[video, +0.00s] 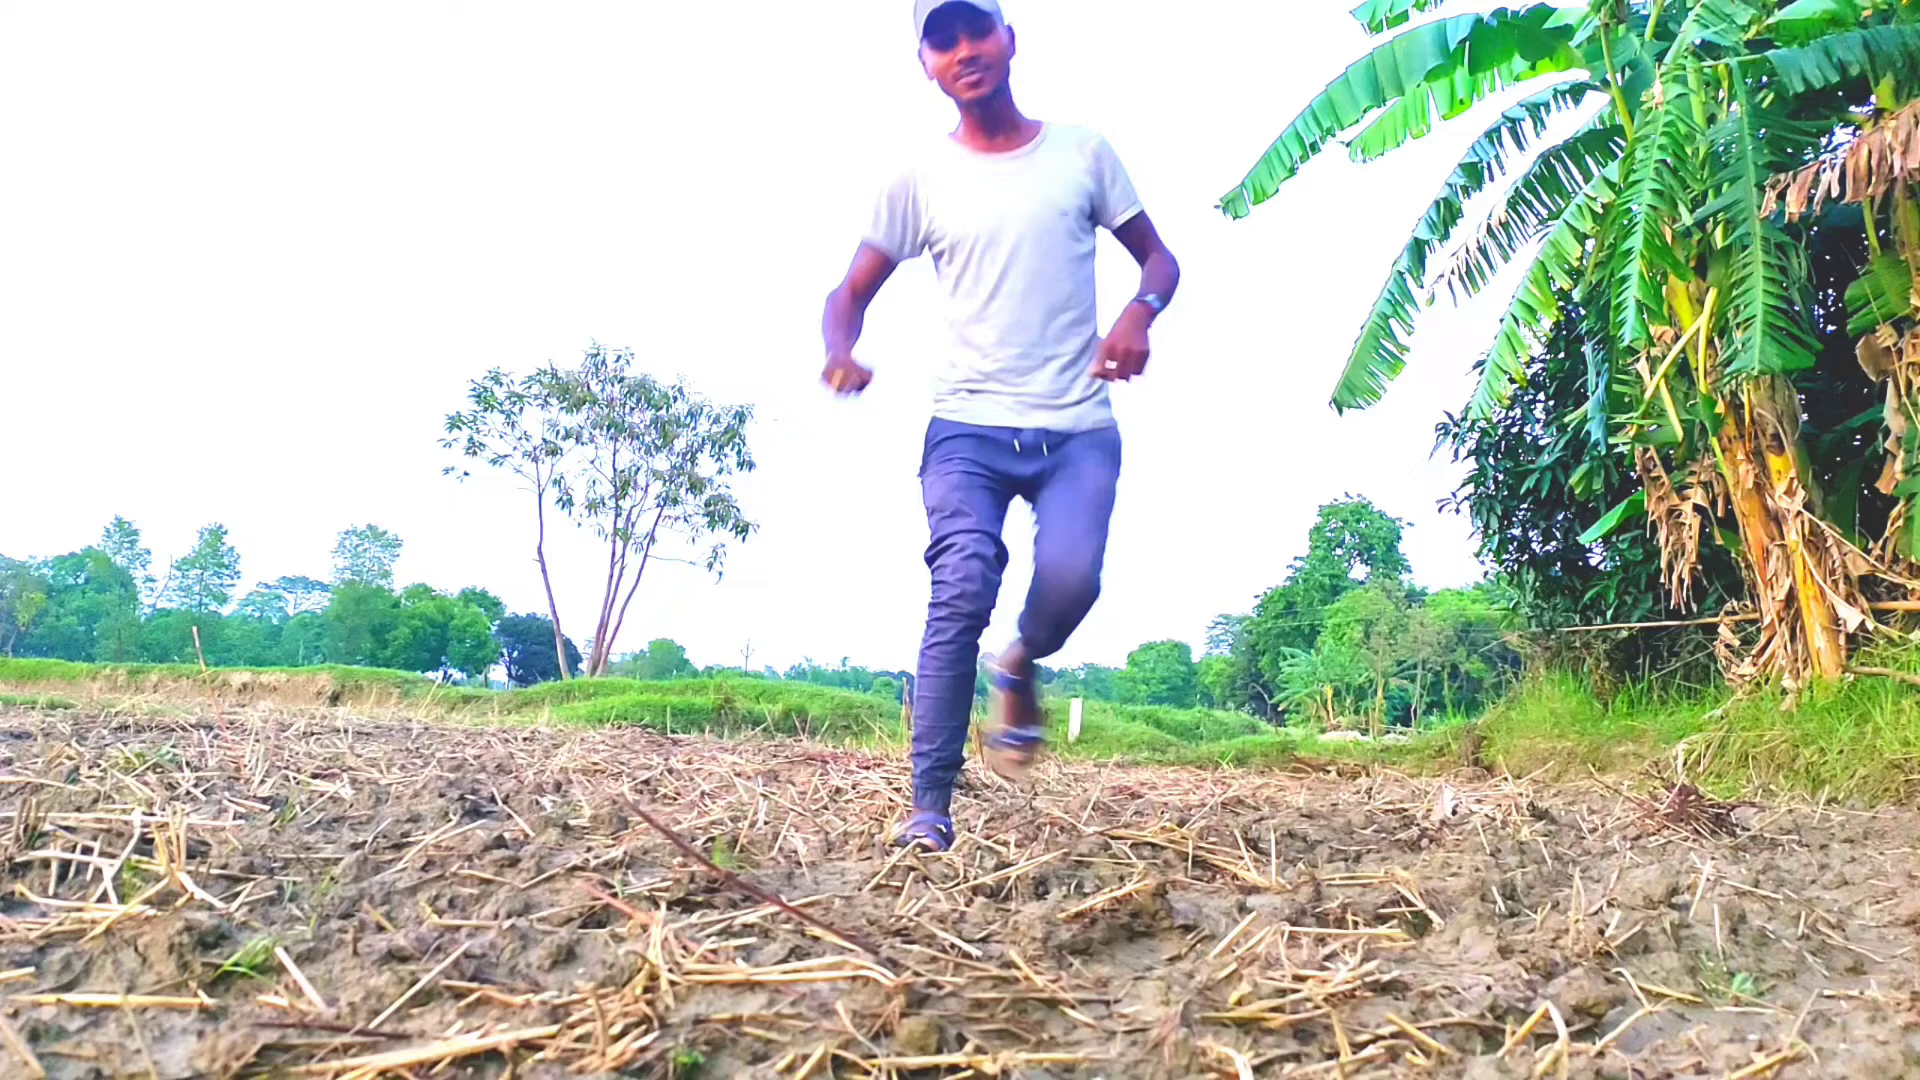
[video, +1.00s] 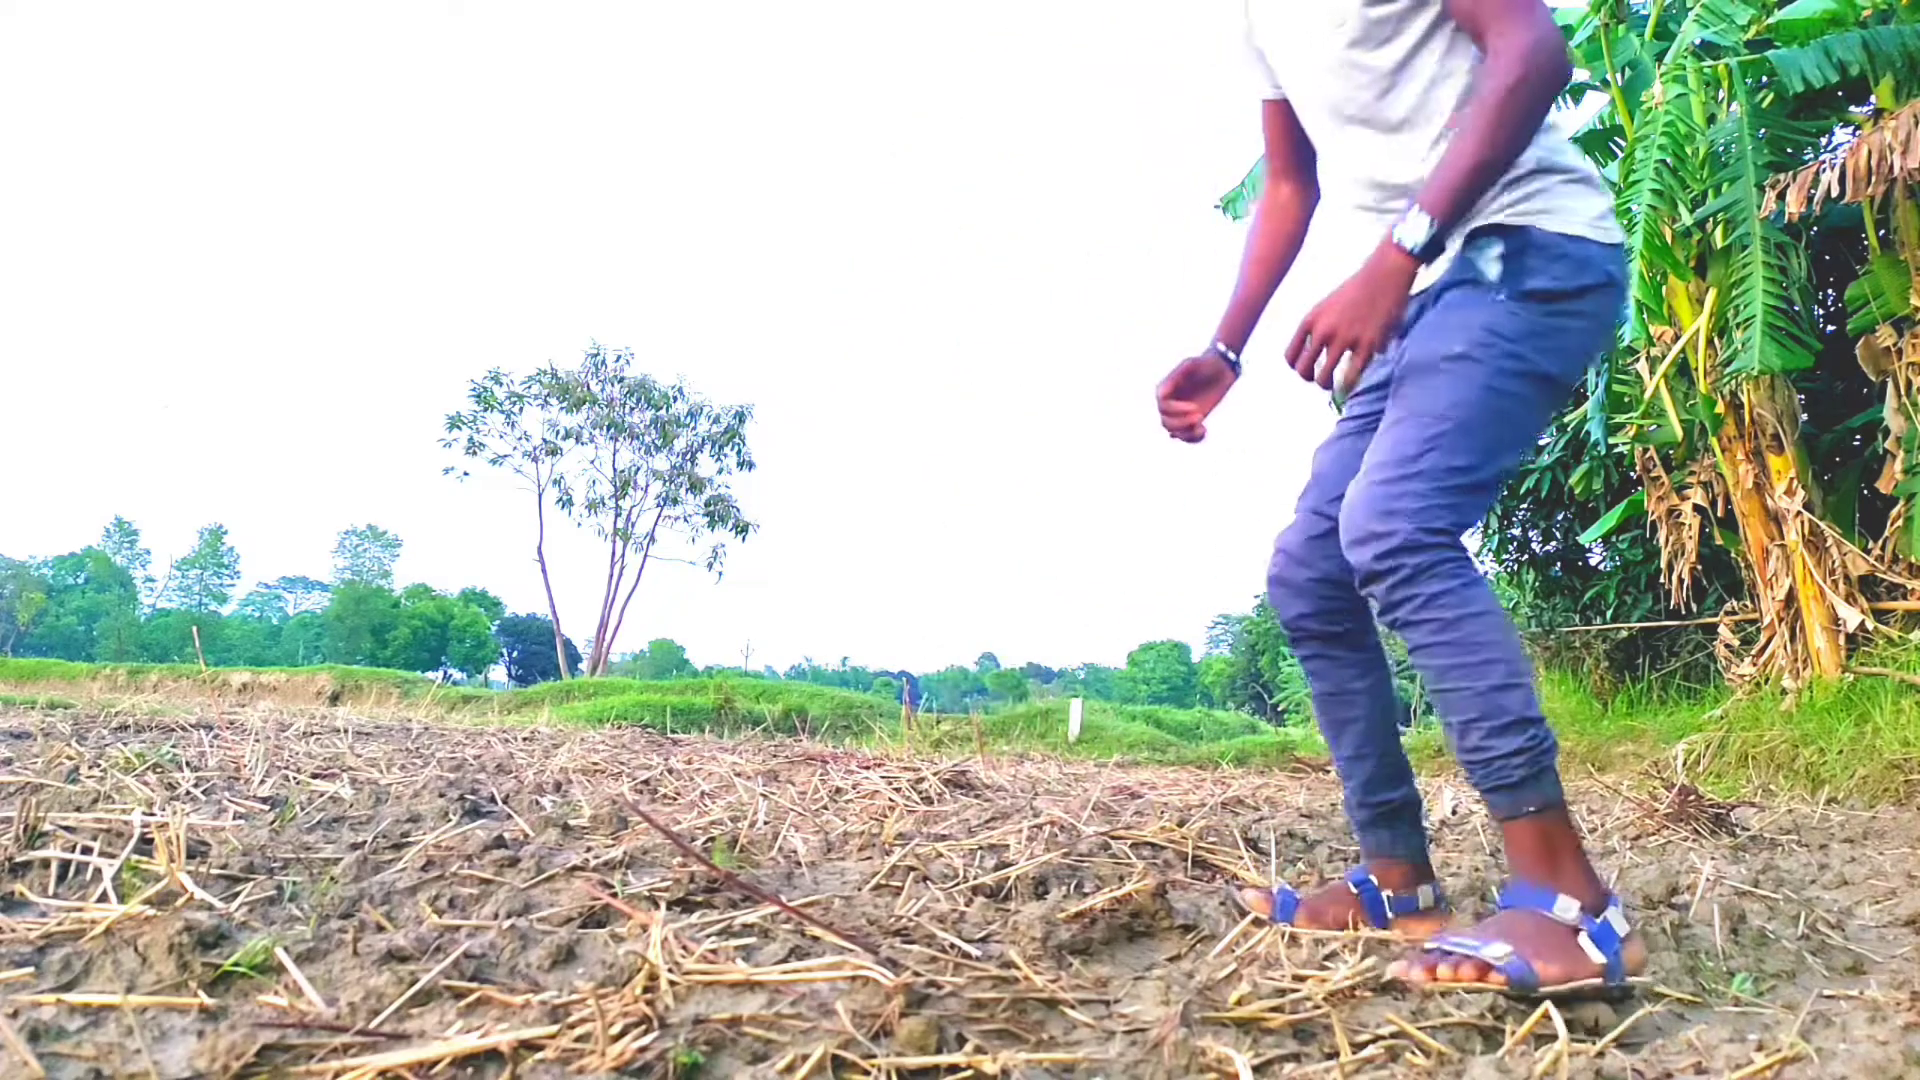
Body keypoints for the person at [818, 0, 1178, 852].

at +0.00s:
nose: (963, 54)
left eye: (976, 33)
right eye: (943, 44)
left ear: (1011, 39)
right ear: (926, 66)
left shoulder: (1084, 154)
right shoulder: (920, 181)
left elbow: (1160, 263)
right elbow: (851, 291)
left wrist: (1140, 312)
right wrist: (838, 350)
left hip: (1078, 418)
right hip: (969, 418)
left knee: (1072, 582)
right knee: (965, 589)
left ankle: (1015, 666)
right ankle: (930, 811)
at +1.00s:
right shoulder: (1265, 20)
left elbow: (1533, 51)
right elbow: (1288, 180)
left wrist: (1393, 257)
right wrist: (1227, 347)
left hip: (1531, 248)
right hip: (1428, 286)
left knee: (1396, 529)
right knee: (1306, 574)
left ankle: (1564, 898)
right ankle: (1398, 884)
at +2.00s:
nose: (1164, 306)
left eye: (1189, 263)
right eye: (1134, 290)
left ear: (1265, 255)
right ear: (1123, 319)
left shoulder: (1348, 378)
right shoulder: (1238, 445)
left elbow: (1180, 629)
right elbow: (1175, 647)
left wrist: (1008, 767)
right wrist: (1011, 770)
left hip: (1644, 684)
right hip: (1540, 702)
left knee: (1324, 581)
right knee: (1230, 611)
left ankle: (1550, 874)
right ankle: (1441, 865)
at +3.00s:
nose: (1266, 193)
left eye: (1299, 155)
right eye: (1241, 178)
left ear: (1372, 168)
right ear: (1221, 200)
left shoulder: (1427, 256)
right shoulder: (1298, 330)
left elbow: (1165, 251)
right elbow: (1115, 349)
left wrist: (1001, 173)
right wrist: (998, 208)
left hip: (1580, 684)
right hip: (1460, 692)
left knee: (1269, 608)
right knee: (1155, 644)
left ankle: (1538, 857)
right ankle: (1434, 860)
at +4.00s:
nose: (1268, 183)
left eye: (1300, 149)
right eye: (1241, 168)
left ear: (1371, 164)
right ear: (1228, 193)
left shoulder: (1425, 246)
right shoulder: (1297, 330)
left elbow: (1158, 243)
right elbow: (1114, 348)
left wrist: (995, 179)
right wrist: (992, 219)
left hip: (1565, 674)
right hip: (1441, 689)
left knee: (1266, 610)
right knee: (1129, 674)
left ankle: (1529, 851)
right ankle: (1424, 857)